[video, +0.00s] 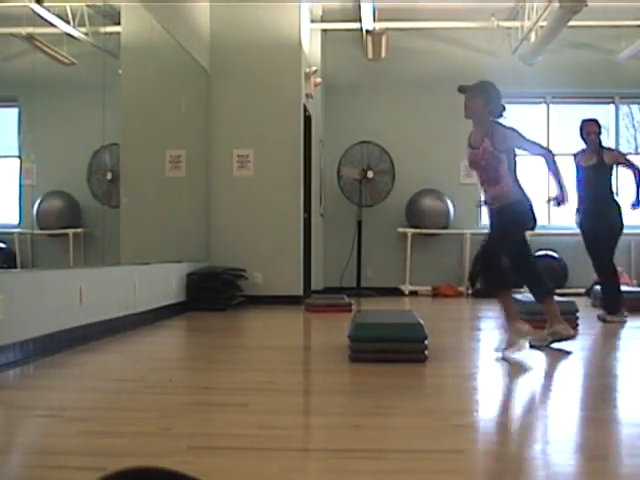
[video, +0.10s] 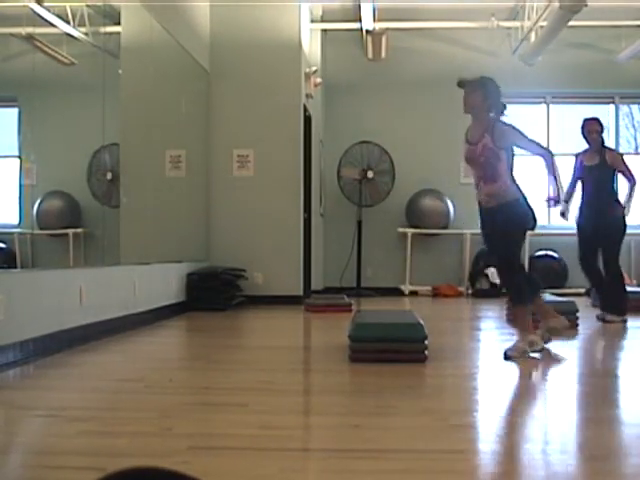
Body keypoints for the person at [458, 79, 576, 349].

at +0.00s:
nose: (464, 103)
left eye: (470, 99)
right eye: (465, 99)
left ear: (485, 103)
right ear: (474, 104)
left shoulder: (501, 133)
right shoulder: (473, 137)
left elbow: (546, 153)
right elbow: (488, 167)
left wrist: (560, 187)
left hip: (514, 209)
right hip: (497, 211)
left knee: (487, 263)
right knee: (526, 266)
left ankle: (515, 325)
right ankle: (558, 323)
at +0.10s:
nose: (464, 97)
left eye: (470, 93)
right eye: (465, 93)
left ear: (485, 99)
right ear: (473, 100)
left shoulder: (501, 131)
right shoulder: (470, 133)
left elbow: (546, 153)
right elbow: (483, 167)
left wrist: (556, 189)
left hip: (511, 209)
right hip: (488, 211)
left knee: (509, 270)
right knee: (509, 270)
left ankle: (527, 335)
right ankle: (550, 318)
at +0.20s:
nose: (458, 79)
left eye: (464, 74)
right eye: (459, 74)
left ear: (480, 81)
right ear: (466, 82)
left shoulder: (493, 113)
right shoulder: (464, 118)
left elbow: (523, 146)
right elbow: (467, 159)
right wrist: (443, 186)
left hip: (510, 194)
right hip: (485, 196)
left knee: (513, 260)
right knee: (473, 258)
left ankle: (527, 332)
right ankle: (511, 296)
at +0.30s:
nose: (449, 73)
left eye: (455, 69)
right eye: (450, 69)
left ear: (472, 75)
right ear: (460, 77)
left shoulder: (483, 103)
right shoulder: (456, 114)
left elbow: (471, 141)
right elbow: (435, 145)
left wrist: (428, 152)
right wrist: (401, 149)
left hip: (508, 182)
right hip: (482, 185)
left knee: (515, 252)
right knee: (446, 224)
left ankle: (523, 329)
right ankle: (461, 299)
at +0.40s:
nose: (438, 83)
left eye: (443, 78)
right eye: (439, 79)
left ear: (460, 82)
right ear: (454, 84)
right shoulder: (455, 115)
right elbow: (416, 126)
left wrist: (400, 102)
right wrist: (394, 112)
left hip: (500, 190)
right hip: (472, 190)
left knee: (512, 259)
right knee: (425, 225)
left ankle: (522, 337)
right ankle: (411, 295)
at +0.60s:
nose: (410, 65)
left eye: (416, 61)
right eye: (411, 61)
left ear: (434, 64)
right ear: (422, 67)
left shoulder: (453, 90)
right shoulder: (417, 102)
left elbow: (431, 111)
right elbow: (385, 127)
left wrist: (392, 114)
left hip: (470, 172)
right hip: (441, 174)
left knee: (479, 244)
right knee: (406, 225)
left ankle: (500, 319)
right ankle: (402, 301)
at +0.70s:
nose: (398, 53)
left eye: (403, 47)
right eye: (398, 48)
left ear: (420, 49)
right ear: (409, 52)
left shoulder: (446, 75)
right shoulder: (406, 93)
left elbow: (467, 113)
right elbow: (393, 135)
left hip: (462, 157)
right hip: (432, 161)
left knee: (457, 222)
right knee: (411, 221)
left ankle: (463, 296)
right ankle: (403, 298)